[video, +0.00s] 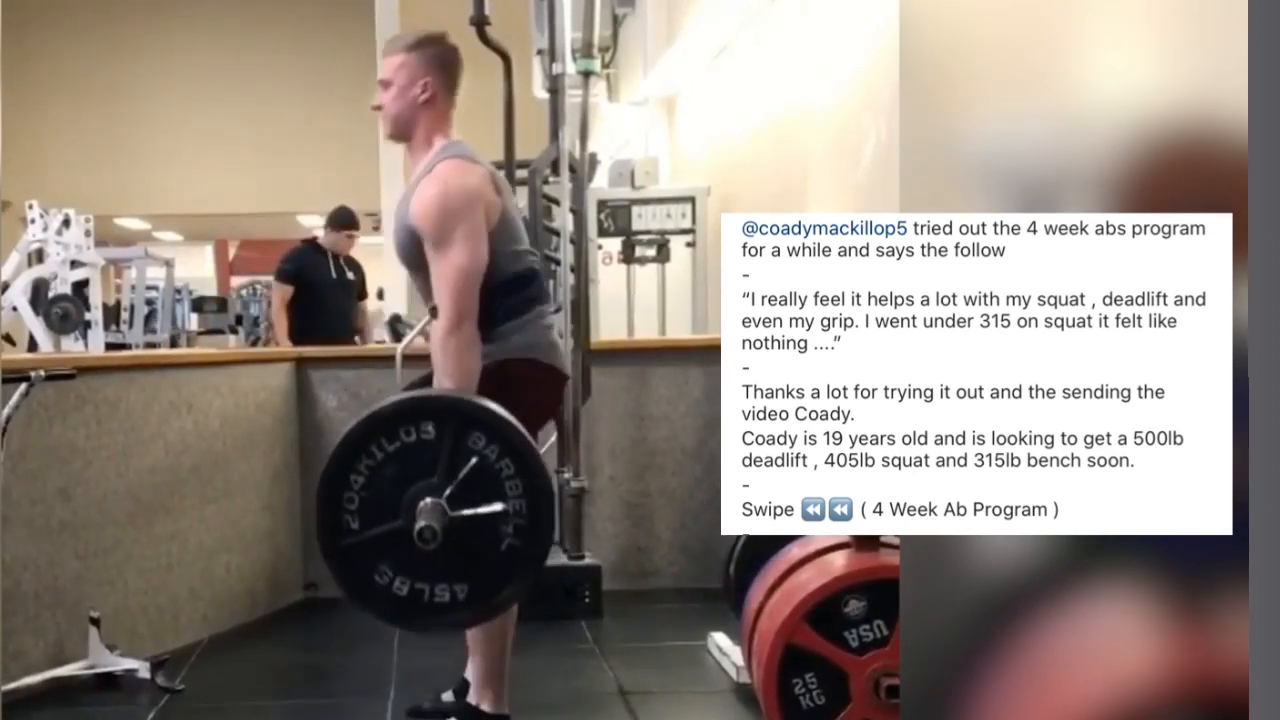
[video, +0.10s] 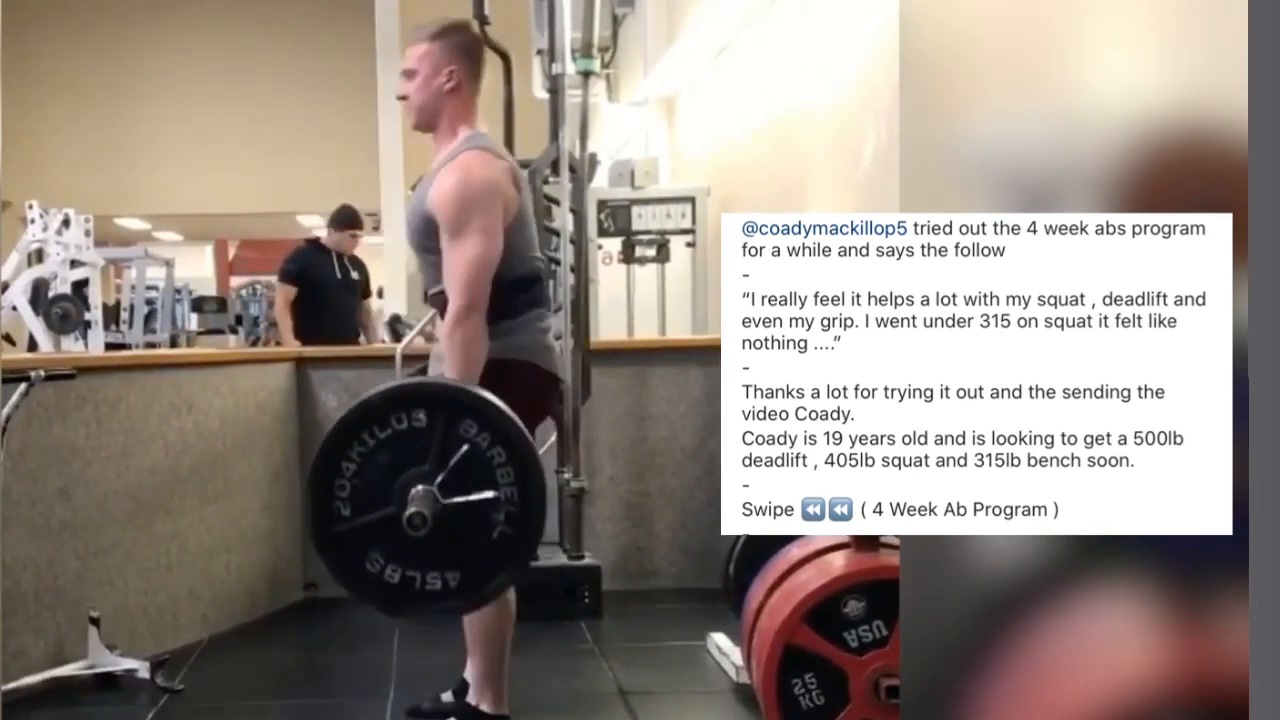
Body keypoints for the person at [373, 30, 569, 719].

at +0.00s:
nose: (377, 99)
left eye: (387, 85)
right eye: (378, 85)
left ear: (425, 90)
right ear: (426, 93)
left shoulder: (451, 182)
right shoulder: (440, 174)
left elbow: (460, 324)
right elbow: (471, 296)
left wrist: (444, 459)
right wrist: (434, 329)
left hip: (511, 368)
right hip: (500, 363)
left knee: (486, 531)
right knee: (481, 528)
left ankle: (489, 701)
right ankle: (480, 690)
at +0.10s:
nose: (401, 88)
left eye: (410, 75)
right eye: (403, 75)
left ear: (450, 80)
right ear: (454, 83)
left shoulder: (470, 173)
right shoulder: (465, 163)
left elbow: (468, 313)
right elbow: (469, 292)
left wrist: (444, 437)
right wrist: (434, 329)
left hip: (504, 375)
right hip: (501, 369)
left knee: (484, 540)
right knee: (480, 535)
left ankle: (488, 703)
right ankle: (479, 690)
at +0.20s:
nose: (422, 87)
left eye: (431, 72)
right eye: (423, 73)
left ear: (474, 74)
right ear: (475, 77)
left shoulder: (488, 166)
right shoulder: (480, 157)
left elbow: (476, 301)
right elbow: (465, 287)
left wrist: (450, 414)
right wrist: (428, 333)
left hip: (499, 369)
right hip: (497, 362)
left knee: (477, 539)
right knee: (477, 535)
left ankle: (489, 704)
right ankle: (478, 690)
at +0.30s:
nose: (435, 85)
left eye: (445, 71)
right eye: (435, 72)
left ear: (485, 72)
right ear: (487, 75)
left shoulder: (501, 165)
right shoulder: (493, 157)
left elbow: (478, 300)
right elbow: (471, 292)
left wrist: (454, 411)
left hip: (493, 370)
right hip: (495, 365)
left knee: (477, 541)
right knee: (477, 538)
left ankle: (487, 703)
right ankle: (479, 691)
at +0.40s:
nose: (441, 87)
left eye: (451, 73)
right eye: (442, 74)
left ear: (492, 73)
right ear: (495, 76)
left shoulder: (505, 163)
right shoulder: (504, 155)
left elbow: (479, 299)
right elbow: (477, 291)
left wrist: (449, 409)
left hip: (489, 366)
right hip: (494, 361)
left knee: (476, 540)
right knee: (477, 537)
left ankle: (486, 703)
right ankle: (479, 692)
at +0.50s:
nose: (444, 87)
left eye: (455, 73)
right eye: (445, 74)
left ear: (495, 74)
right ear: (498, 76)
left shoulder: (508, 163)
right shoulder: (507, 156)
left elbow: (479, 298)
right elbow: (479, 290)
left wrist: (446, 407)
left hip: (486, 365)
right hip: (491, 360)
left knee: (473, 538)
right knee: (475, 536)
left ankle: (484, 702)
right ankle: (477, 690)